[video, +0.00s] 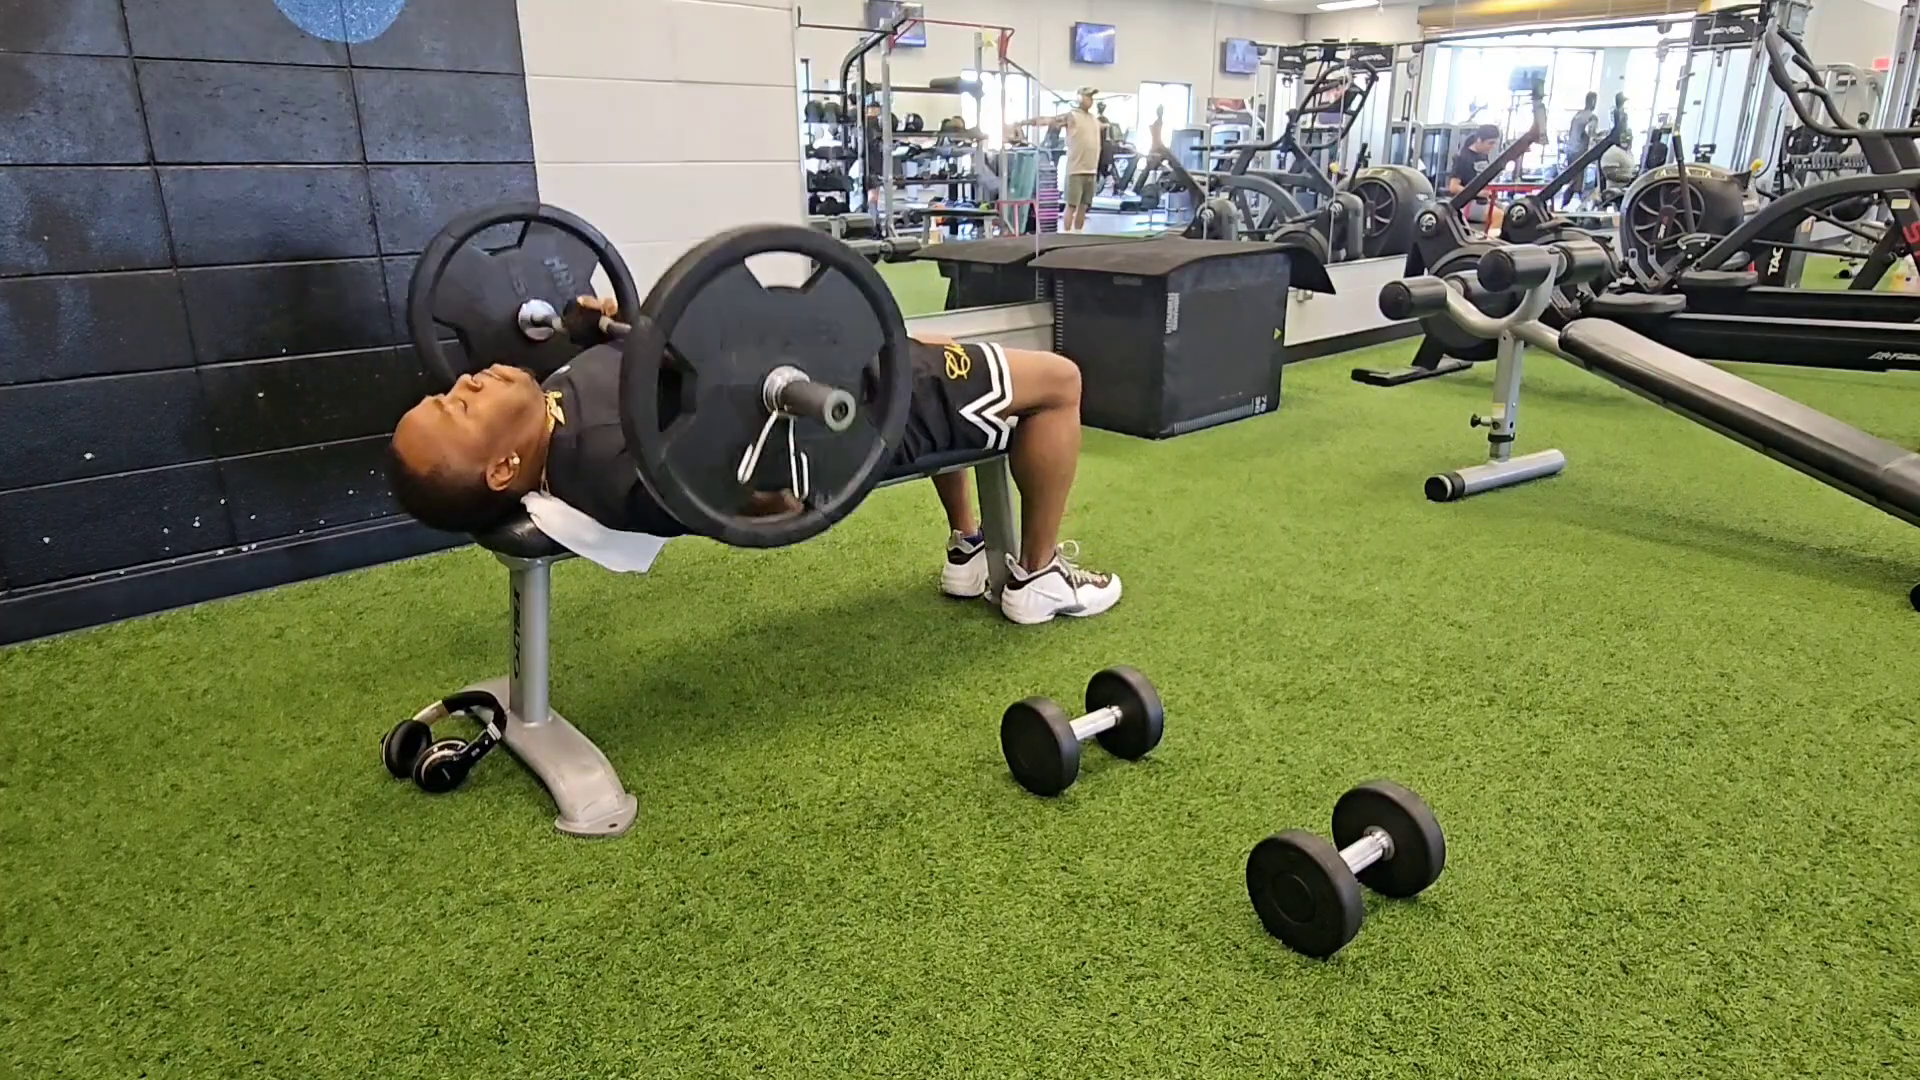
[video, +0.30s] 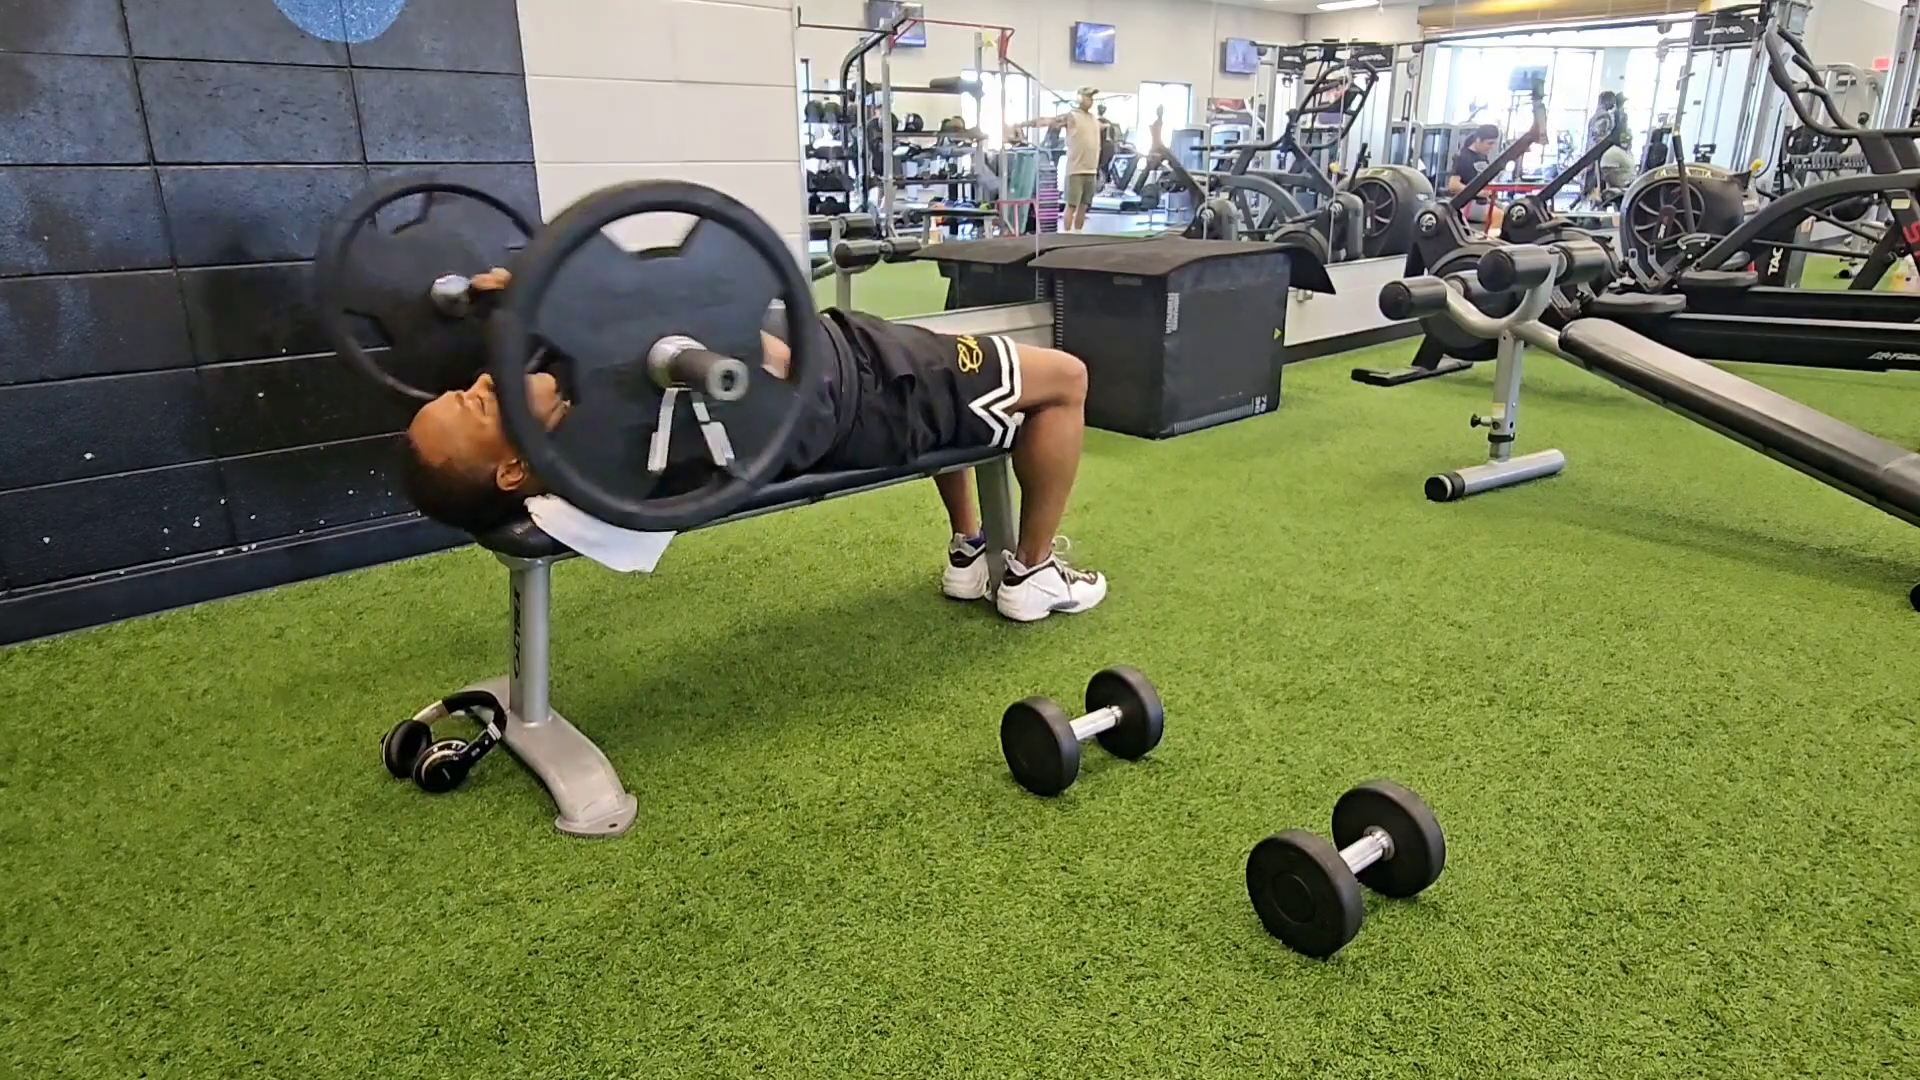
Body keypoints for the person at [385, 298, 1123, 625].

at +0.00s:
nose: (473, 371)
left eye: (448, 385)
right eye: (459, 402)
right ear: (506, 473)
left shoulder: (536, 394)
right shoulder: (619, 469)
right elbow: (757, 491)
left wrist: (603, 326)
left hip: (774, 372)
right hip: (840, 423)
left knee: (935, 341)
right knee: (1059, 380)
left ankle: (969, 544)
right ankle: (1040, 574)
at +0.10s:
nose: (480, 371)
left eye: (450, 386)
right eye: (465, 400)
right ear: (510, 474)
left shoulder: (540, 391)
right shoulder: (618, 469)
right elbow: (757, 481)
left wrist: (597, 330)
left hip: (775, 364)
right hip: (838, 421)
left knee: (930, 342)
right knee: (1063, 378)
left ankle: (971, 543)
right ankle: (1035, 575)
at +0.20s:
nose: (483, 374)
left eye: (463, 386)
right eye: (473, 401)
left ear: (515, 460)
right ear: (515, 465)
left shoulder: (563, 415)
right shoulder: (603, 462)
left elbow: (641, 374)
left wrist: (591, 321)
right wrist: (600, 329)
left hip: (790, 368)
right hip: (850, 411)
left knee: (927, 340)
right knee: (1065, 382)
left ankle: (970, 543)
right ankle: (1036, 575)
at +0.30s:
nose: (488, 384)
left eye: (467, 391)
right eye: (478, 408)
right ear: (514, 474)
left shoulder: (545, 399)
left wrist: (513, 289)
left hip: (813, 341)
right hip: (856, 392)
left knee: (938, 350)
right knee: (1066, 378)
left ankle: (971, 546)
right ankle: (1033, 572)